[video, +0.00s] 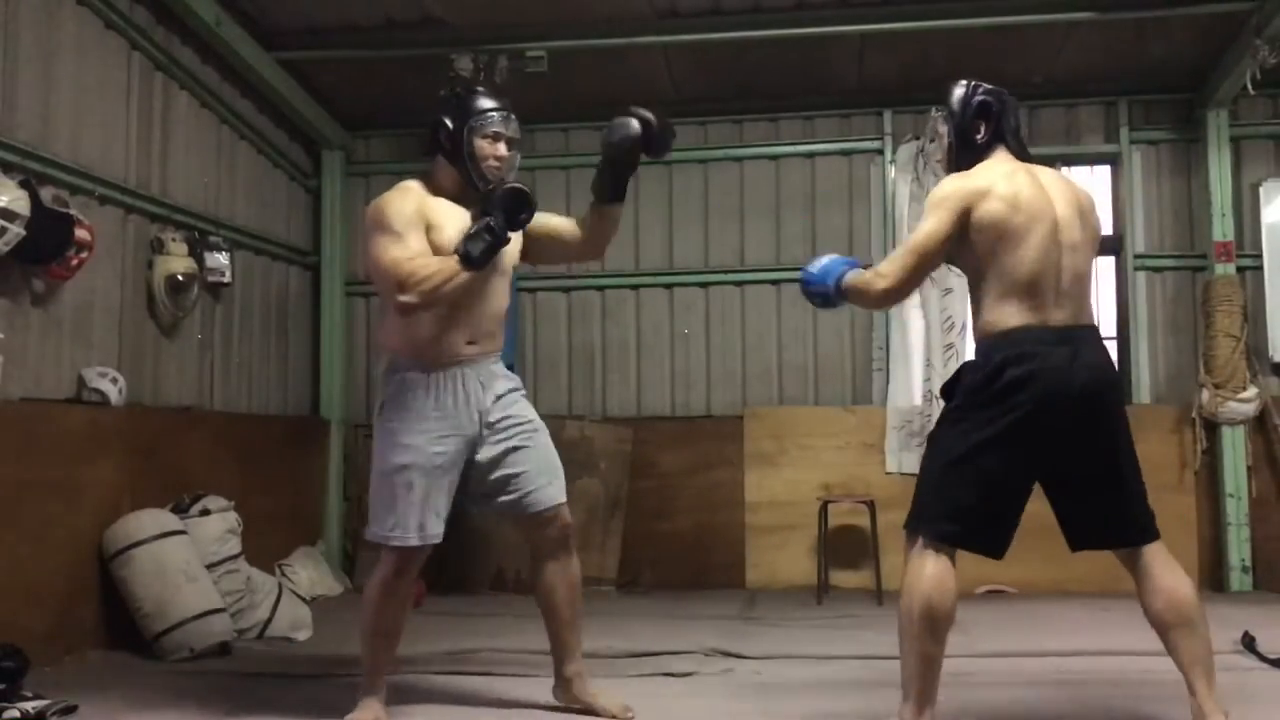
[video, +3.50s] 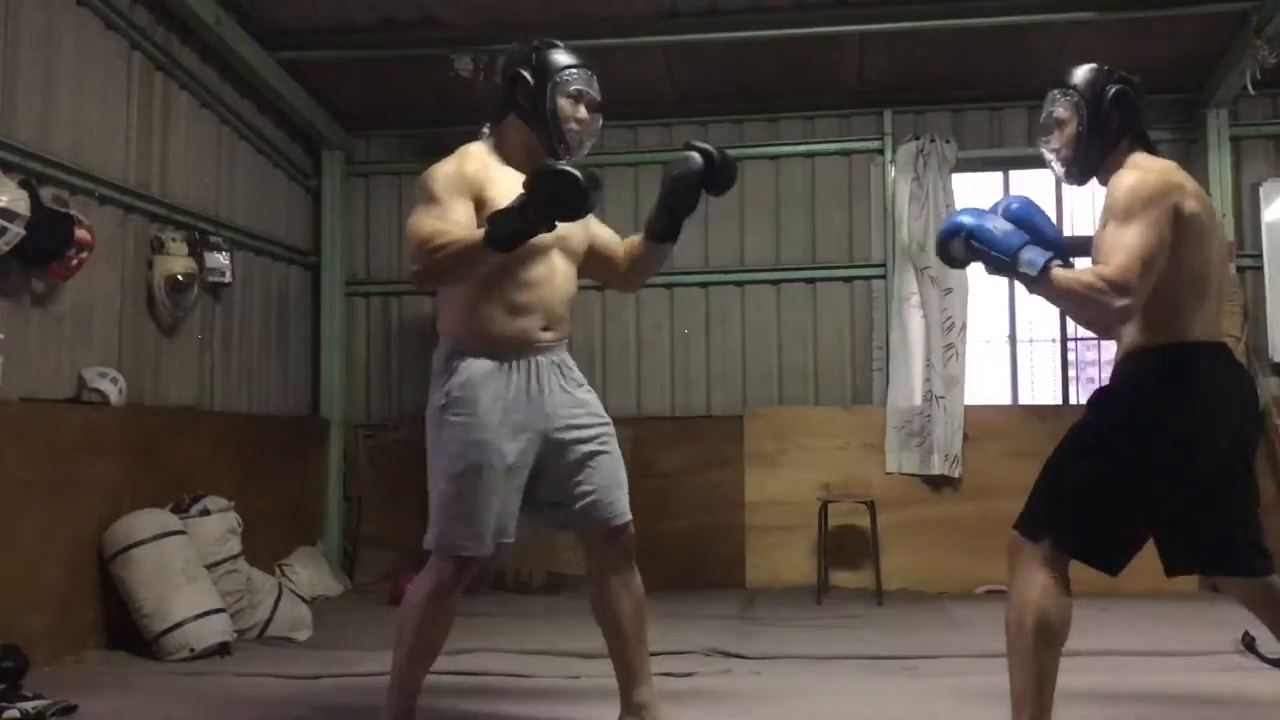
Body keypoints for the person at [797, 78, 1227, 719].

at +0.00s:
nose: (937, 145)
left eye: (940, 133)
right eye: (937, 132)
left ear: (966, 133)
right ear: (1008, 131)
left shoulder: (960, 189)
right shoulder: (1073, 190)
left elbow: (885, 287)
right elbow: (1073, 261)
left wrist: (837, 277)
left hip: (1006, 374)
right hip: (1089, 372)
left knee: (932, 542)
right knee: (1142, 544)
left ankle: (916, 709)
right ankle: (1210, 706)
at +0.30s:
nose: (961, 147)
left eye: (965, 133)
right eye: (960, 133)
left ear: (995, 132)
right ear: (1029, 132)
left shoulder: (992, 185)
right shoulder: (1091, 196)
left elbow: (905, 253)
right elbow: (1027, 263)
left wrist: (870, 222)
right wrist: (958, 242)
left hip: (1017, 377)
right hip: (1098, 378)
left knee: (930, 539)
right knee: (1147, 555)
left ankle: (911, 709)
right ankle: (1214, 709)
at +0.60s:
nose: (1000, 143)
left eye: (1005, 130)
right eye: (999, 129)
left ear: (1033, 130)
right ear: (1070, 130)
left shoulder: (1031, 188)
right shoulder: (1131, 199)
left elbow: (935, 272)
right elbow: (1080, 279)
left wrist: (879, 258)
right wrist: (1002, 258)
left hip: (1056, 383)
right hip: (1132, 383)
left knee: (965, 547)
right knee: (1170, 566)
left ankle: (914, 709)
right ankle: (1239, 709)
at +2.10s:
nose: (1043, 139)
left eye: (1050, 123)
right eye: (1044, 123)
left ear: (1084, 124)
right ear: (1122, 125)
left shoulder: (1088, 187)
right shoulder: (1198, 195)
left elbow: (1007, 287)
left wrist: (931, 269)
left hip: (1111, 393)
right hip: (1199, 393)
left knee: (1015, 557)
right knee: (1242, 574)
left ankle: (959, 709)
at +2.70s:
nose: (1043, 142)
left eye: (1044, 125)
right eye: (1039, 129)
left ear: (1066, 117)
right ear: (1119, 114)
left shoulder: (1095, 169)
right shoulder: (1187, 177)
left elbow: (984, 234)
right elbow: (1170, 311)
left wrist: (959, 161)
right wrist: (1066, 305)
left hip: (1141, 377)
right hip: (1224, 376)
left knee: (1035, 543)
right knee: (1241, 556)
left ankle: (1034, 712)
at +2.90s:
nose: (1060, 131)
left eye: (1064, 113)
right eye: (1057, 115)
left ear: (1098, 109)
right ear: (1135, 109)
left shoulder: (1127, 166)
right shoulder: (1201, 174)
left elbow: (1032, 252)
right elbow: (1155, 313)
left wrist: (985, 189)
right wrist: (1068, 282)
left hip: (1156, 379)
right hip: (1239, 376)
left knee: (1061, 549)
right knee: (1272, 563)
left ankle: (1038, 711)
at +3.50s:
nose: (1049, 139)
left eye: (1059, 122)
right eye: (1046, 126)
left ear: (1106, 119)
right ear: (1118, 125)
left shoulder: (1141, 181)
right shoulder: (1174, 183)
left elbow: (1109, 305)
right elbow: (1134, 290)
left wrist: (1023, 260)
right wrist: (1057, 244)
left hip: (1161, 390)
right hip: (1218, 390)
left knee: (1037, 548)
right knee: (1239, 571)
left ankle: (1030, 713)